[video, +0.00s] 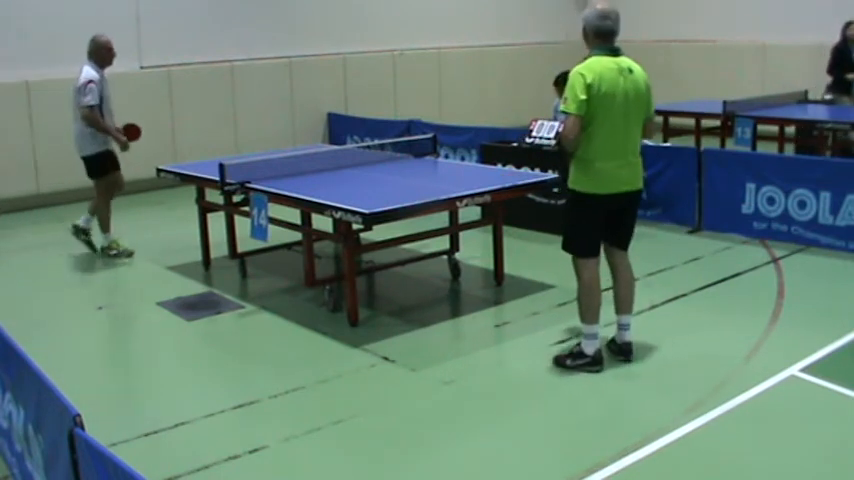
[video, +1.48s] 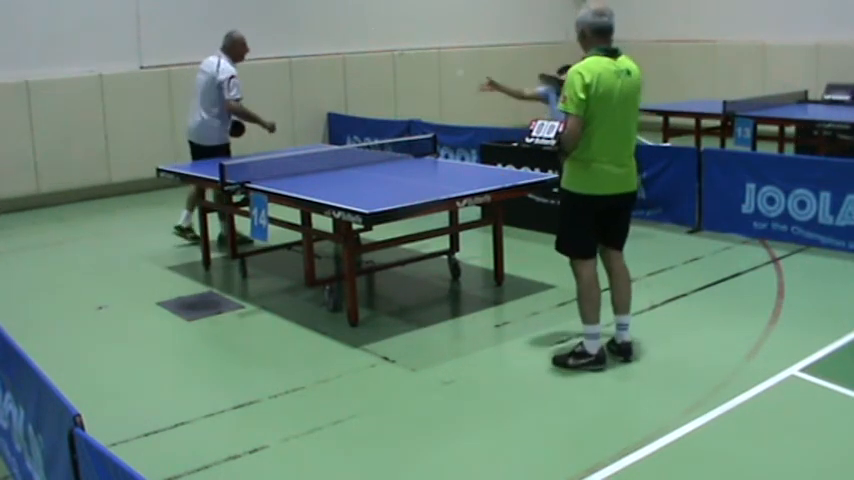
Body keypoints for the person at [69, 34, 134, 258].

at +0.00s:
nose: (113, 54)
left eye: (112, 50)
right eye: (109, 50)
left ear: (100, 53)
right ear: (97, 53)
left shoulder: (97, 75)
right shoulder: (90, 79)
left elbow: (99, 113)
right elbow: (89, 114)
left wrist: (117, 130)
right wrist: (116, 136)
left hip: (99, 143)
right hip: (92, 145)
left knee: (114, 184)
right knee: (105, 189)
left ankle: (84, 224)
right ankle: (108, 241)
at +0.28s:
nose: (138, 52)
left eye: (137, 48)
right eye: (134, 49)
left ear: (124, 52)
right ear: (122, 52)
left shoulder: (123, 74)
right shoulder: (115, 78)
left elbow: (125, 111)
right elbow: (114, 113)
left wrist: (145, 123)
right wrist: (142, 135)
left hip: (126, 143)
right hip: (117, 146)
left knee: (146, 185)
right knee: (117, 191)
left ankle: (162, 232)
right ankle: (109, 242)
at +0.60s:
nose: (171, 48)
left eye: (170, 44)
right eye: (166, 45)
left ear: (158, 48)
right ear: (155, 48)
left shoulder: (157, 70)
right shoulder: (146, 72)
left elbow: (162, 105)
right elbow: (139, 106)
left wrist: (180, 121)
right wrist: (159, 136)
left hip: (161, 140)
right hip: (150, 142)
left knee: (166, 186)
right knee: (163, 185)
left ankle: (175, 232)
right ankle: (129, 226)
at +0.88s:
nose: (193, 46)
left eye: (192, 42)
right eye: (189, 43)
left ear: (179, 46)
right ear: (177, 46)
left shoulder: (178, 68)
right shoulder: (170, 69)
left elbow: (180, 102)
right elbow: (162, 103)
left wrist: (199, 115)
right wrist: (183, 128)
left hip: (179, 135)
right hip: (174, 137)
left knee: (177, 182)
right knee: (194, 181)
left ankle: (175, 230)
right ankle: (199, 232)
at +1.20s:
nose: (221, 49)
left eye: (220, 45)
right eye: (218, 45)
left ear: (201, 47)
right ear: (209, 47)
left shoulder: (190, 66)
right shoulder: (203, 72)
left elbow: (193, 105)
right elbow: (200, 106)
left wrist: (219, 121)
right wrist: (221, 128)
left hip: (188, 139)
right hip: (203, 140)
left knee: (187, 183)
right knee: (218, 188)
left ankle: (179, 229)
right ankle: (227, 231)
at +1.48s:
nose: (247, 51)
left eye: (246, 47)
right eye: (244, 47)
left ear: (227, 47)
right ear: (233, 48)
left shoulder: (209, 62)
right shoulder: (227, 72)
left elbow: (209, 101)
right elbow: (233, 106)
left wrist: (227, 122)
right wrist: (263, 122)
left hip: (197, 135)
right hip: (215, 138)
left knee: (201, 182)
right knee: (222, 187)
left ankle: (185, 223)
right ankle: (227, 231)